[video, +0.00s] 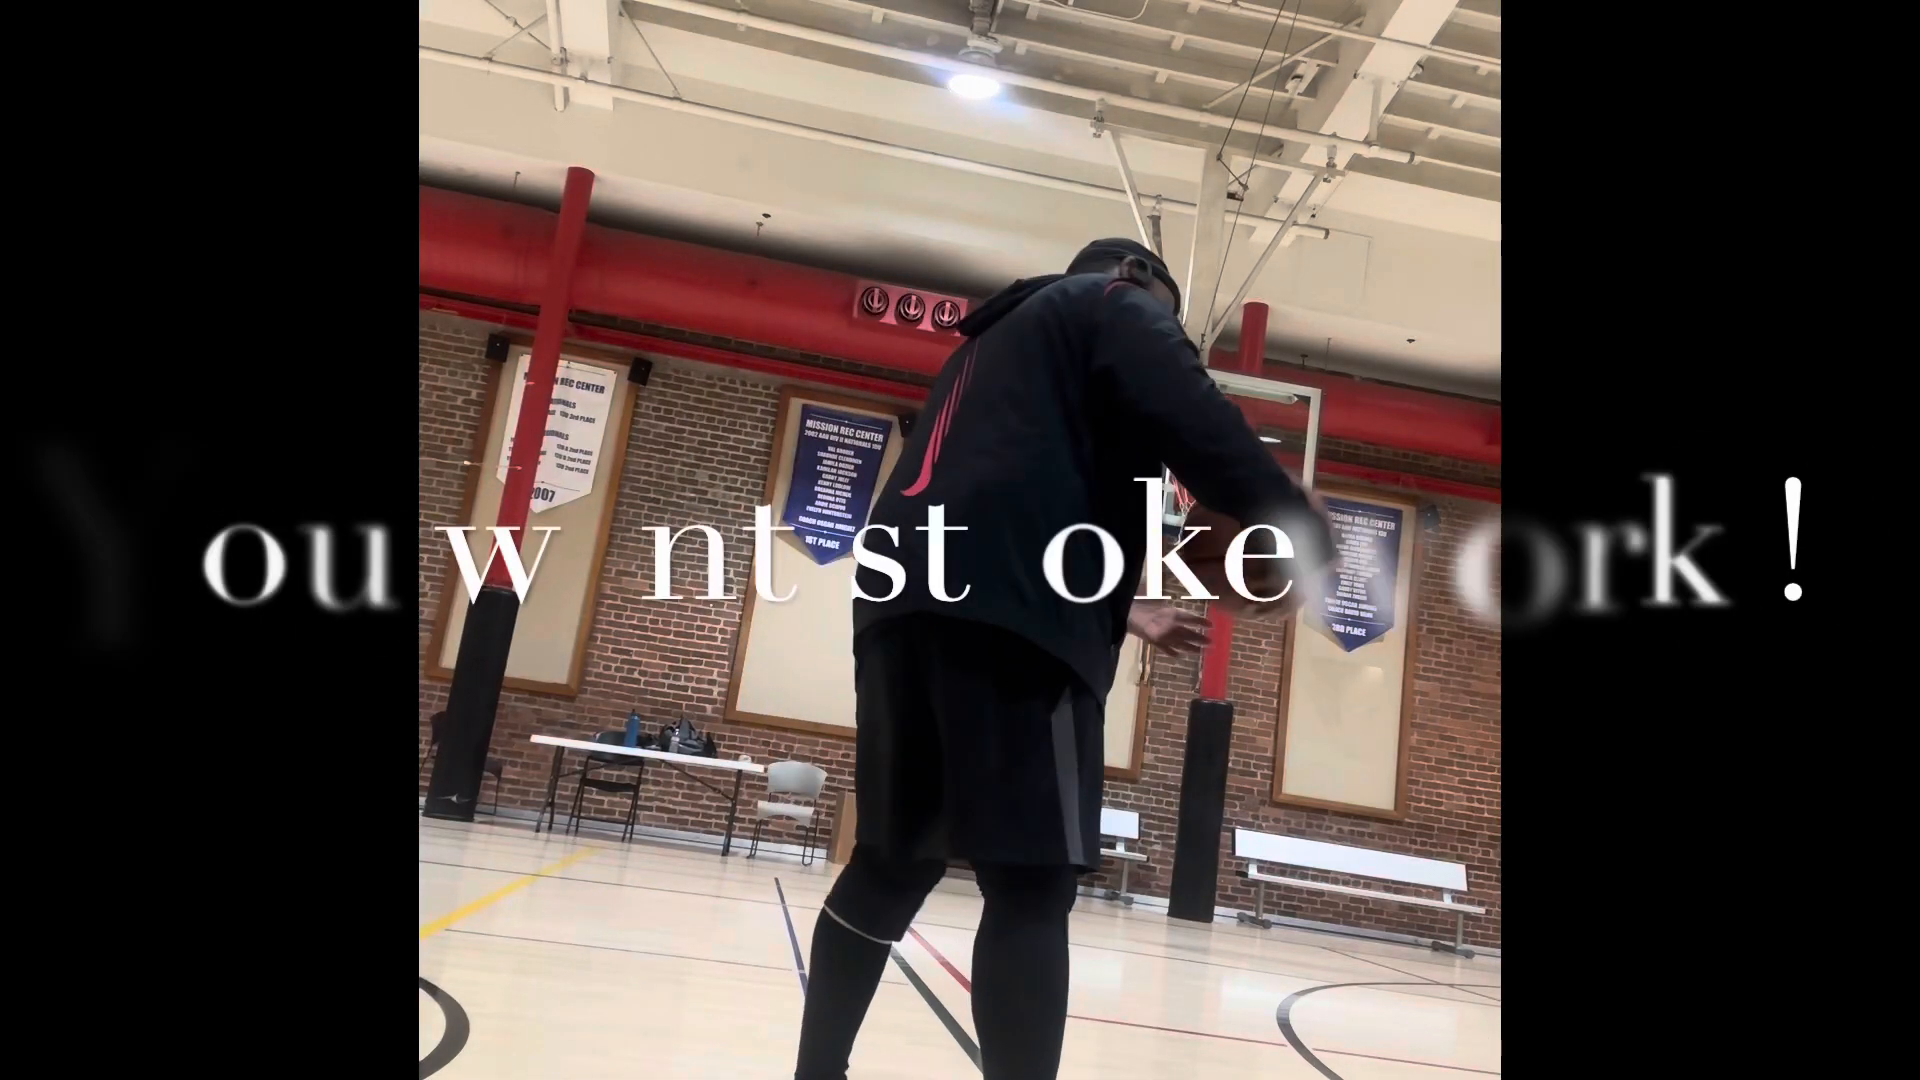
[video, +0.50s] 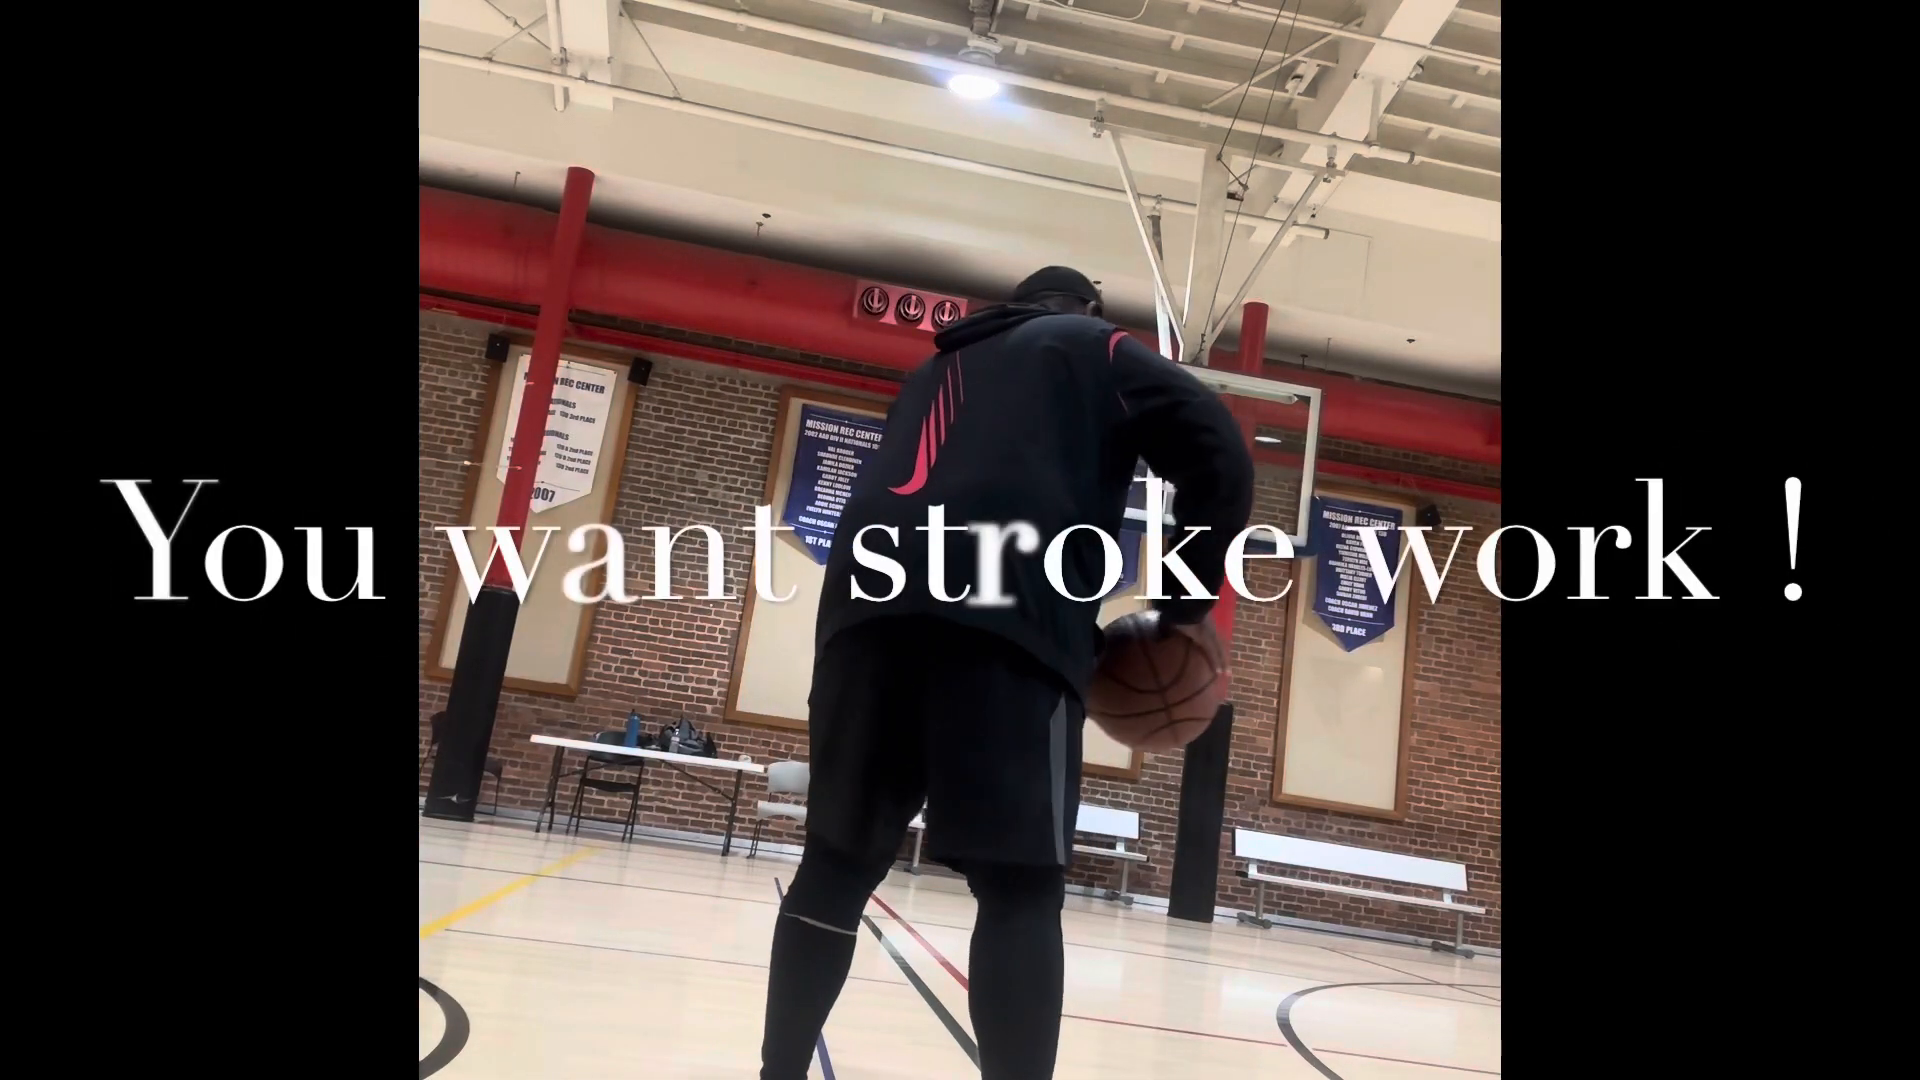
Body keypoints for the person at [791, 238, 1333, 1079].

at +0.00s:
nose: (1163, 333)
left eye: (1166, 321)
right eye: (1161, 315)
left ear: (1082, 273)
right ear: (1131, 282)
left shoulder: (992, 341)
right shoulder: (1115, 309)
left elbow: (1000, 507)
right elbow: (1204, 428)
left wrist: (1127, 599)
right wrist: (1298, 525)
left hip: (895, 611)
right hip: (1012, 626)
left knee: (892, 859)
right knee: (1030, 885)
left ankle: (817, 1068)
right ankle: (1020, 1071)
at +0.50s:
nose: (1107, 332)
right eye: (1108, 322)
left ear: (1012, 306)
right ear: (1089, 312)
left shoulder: (936, 367)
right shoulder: (1099, 345)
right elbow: (1220, 450)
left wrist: (1075, 640)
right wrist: (1183, 607)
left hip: (864, 619)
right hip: (1003, 626)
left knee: (836, 859)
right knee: (1019, 888)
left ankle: (781, 1067)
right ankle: (1017, 1072)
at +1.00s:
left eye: (906, 315)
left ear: (904, 326)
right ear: (984, 334)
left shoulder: (838, 394)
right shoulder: (1036, 404)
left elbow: (785, 546)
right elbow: (1092, 552)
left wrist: (852, 596)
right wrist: (1014, 617)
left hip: (837, 659)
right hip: (983, 669)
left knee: (819, 853)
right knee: (995, 885)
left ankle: (779, 1065)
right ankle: (1018, 1072)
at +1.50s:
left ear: (898, 367)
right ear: (980, 375)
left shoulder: (852, 431)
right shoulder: (1022, 461)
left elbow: (829, 393)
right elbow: (1086, 479)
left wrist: (909, 349)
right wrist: (1041, 395)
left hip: (858, 714)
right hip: (981, 731)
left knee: (816, 897)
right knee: (925, 893)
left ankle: (789, 1068)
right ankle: (981, 1071)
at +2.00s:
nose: (968, 216)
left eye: (963, 208)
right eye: (996, 206)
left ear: (957, 228)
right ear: (1033, 234)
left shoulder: (925, 282)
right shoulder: (1064, 304)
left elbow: (849, 210)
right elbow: (1076, 227)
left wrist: (845, 131)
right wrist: (1077, 139)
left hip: (912, 575)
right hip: (1021, 587)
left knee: (859, 773)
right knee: (989, 781)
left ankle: (825, 995)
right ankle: (1000, 1010)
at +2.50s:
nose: (912, 313)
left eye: (909, 299)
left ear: (913, 304)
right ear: (992, 308)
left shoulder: (890, 385)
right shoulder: (1040, 410)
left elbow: (868, 523)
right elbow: (1060, 548)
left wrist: (872, 649)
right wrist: (1040, 670)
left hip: (885, 665)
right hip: (987, 679)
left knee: (814, 845)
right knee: (949, 858)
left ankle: (787, 1037)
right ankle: (985, 1054)